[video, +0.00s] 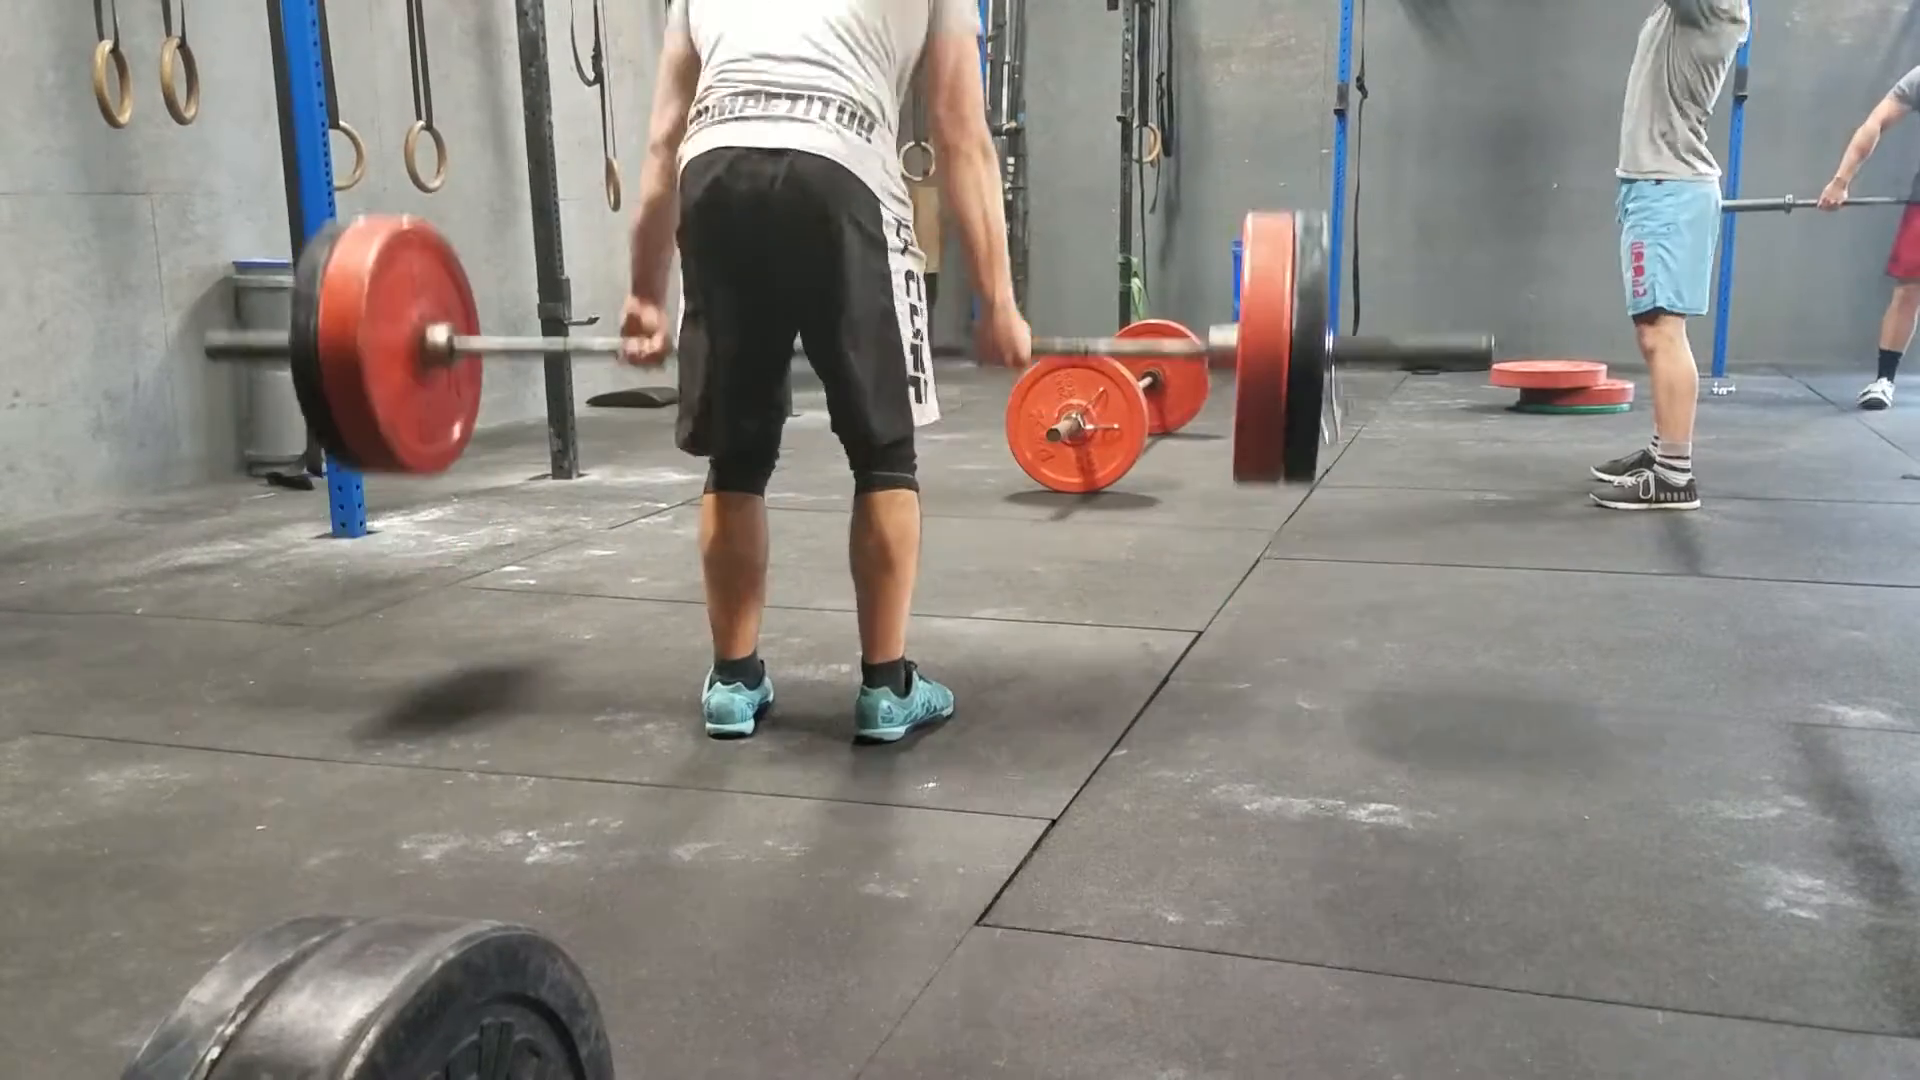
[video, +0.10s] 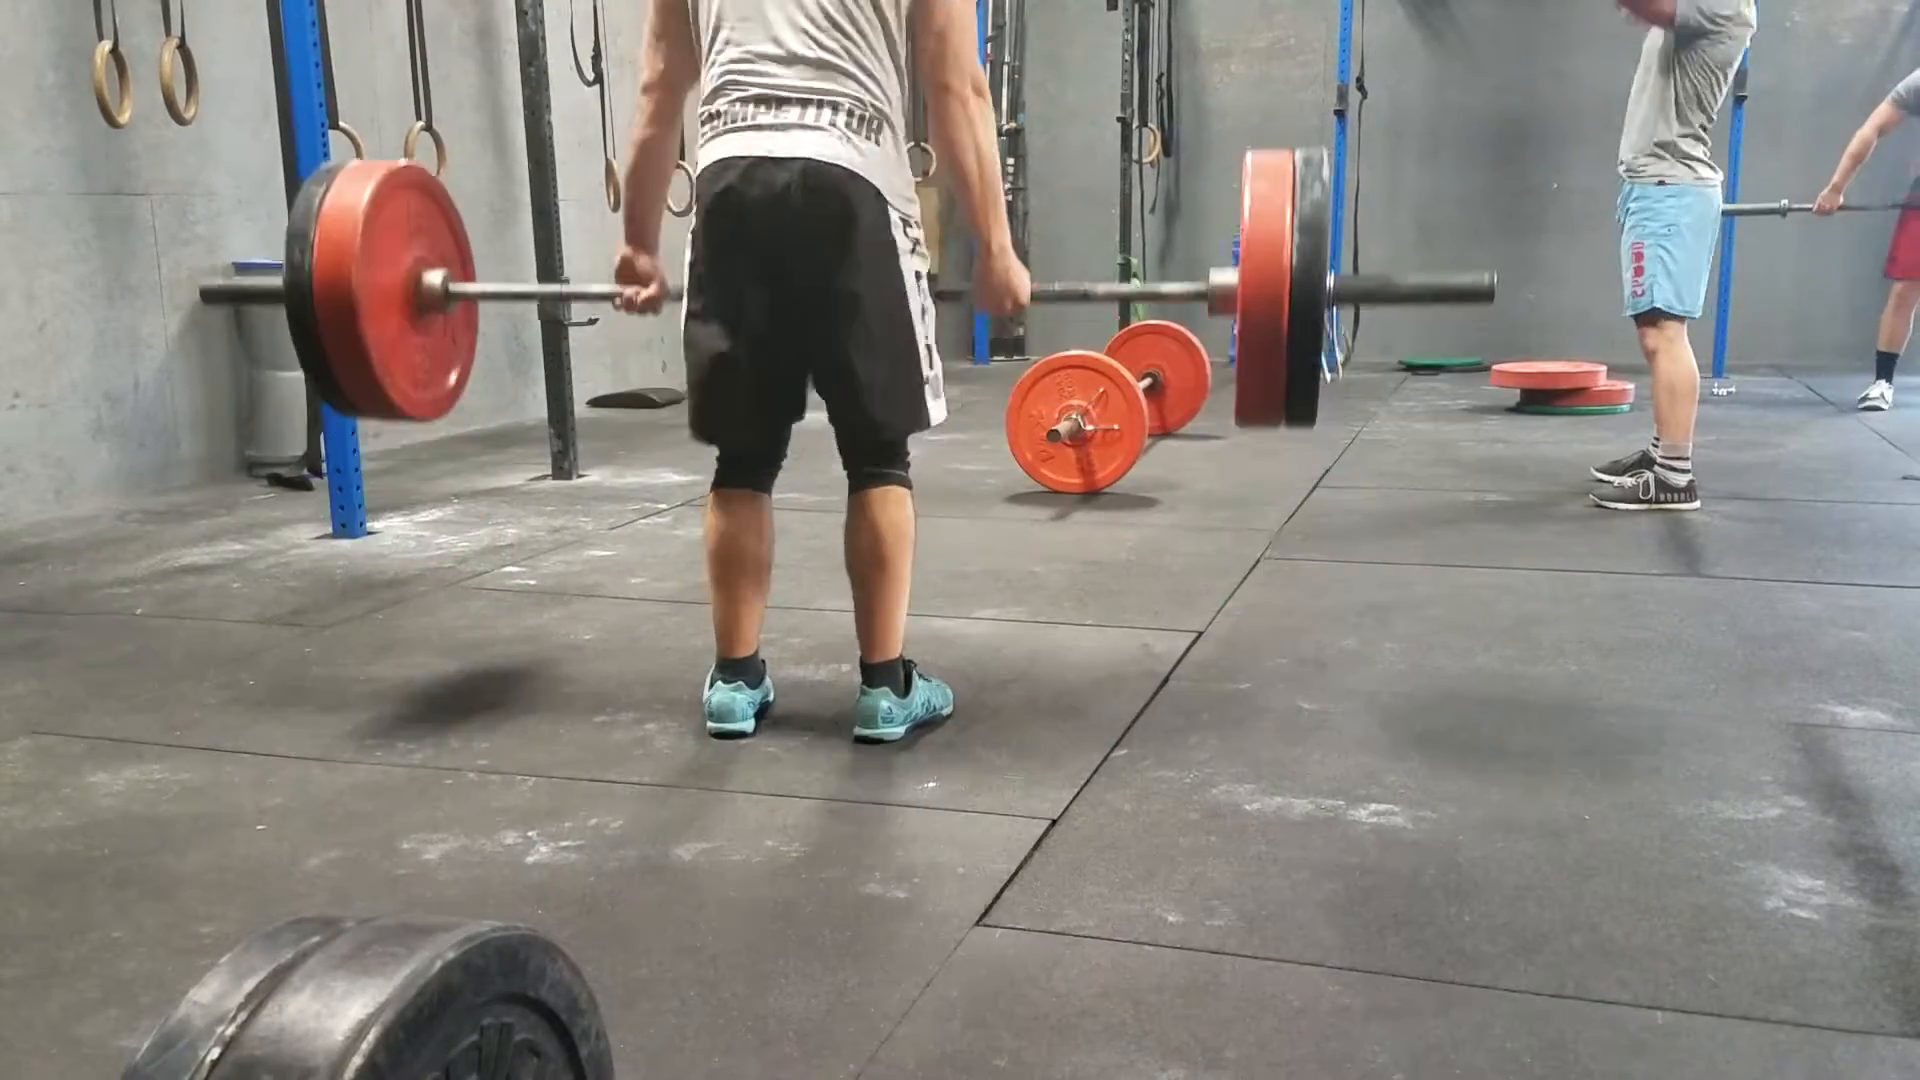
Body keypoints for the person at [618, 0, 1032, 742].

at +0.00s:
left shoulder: (701, 6)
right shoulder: (937, 5)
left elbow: (665, 146)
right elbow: (961, 139)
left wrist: (645, 293)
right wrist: (998, 301)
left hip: (715, 178)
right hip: (840, 181)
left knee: (735, 458)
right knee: (884, 454)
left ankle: (732, 681)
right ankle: (885, 686)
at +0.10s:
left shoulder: (691, 4)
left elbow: (660, 85)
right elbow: (956, 86)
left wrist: (637, 239)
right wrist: (997, 247)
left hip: (731, 183)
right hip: (850, 184)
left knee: (741, 456)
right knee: (878, 456)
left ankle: (733, 680)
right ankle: (884, 684)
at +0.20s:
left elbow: (654, 79)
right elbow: (955, 80)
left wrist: (635, 234)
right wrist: (995, 242)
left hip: (729, 196)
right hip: (852, 197)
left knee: (742, 452)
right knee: (878, 457)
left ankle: (732, 682)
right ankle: (884, 686)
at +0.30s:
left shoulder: (686, 5)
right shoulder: (928, 4)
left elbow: (661, 126)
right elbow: (957, 121)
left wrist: (643, 273)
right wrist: (995, 280)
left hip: (721, 203)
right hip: (846, 202)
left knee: (740, 456)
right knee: (883, 454)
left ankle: (732, 682)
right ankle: (885, 687)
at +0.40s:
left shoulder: (704, 10)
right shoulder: (932, 8)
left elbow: (669, 171)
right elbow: (960, 187)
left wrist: (651, 340)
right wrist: (996, 352)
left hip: (709, 207)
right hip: (832, 204)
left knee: (730, 460)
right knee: (890, 457)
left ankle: (732, 681)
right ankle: (885, 687)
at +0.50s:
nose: (907, 27)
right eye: (910, 21)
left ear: (810, 15)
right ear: (901, 19)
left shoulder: (732, 63)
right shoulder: (931, 84)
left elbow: (676, 254)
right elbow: (963, 277)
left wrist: (656, 425)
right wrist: (998, 443)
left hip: (703, 224)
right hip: (834, 226)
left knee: (725, 476)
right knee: (895, 466)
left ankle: (733, 682)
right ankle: (884, 686)